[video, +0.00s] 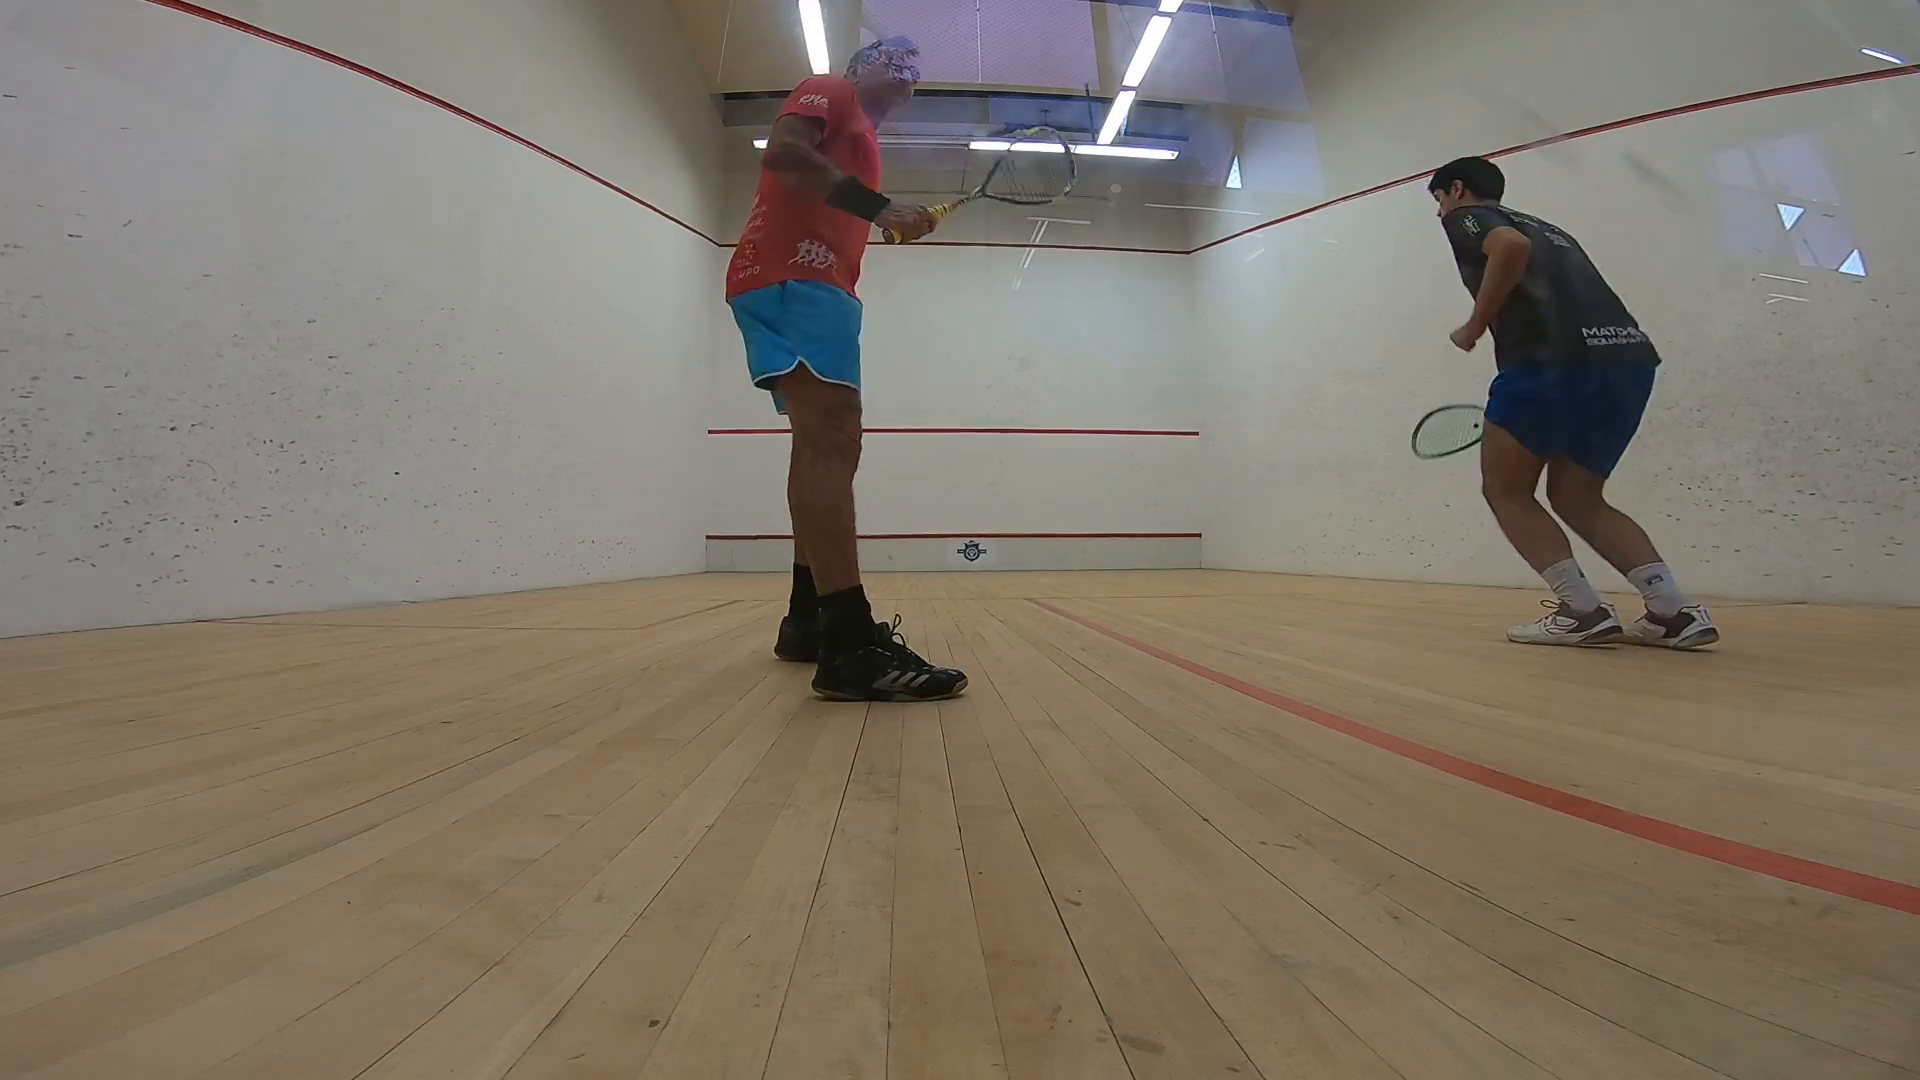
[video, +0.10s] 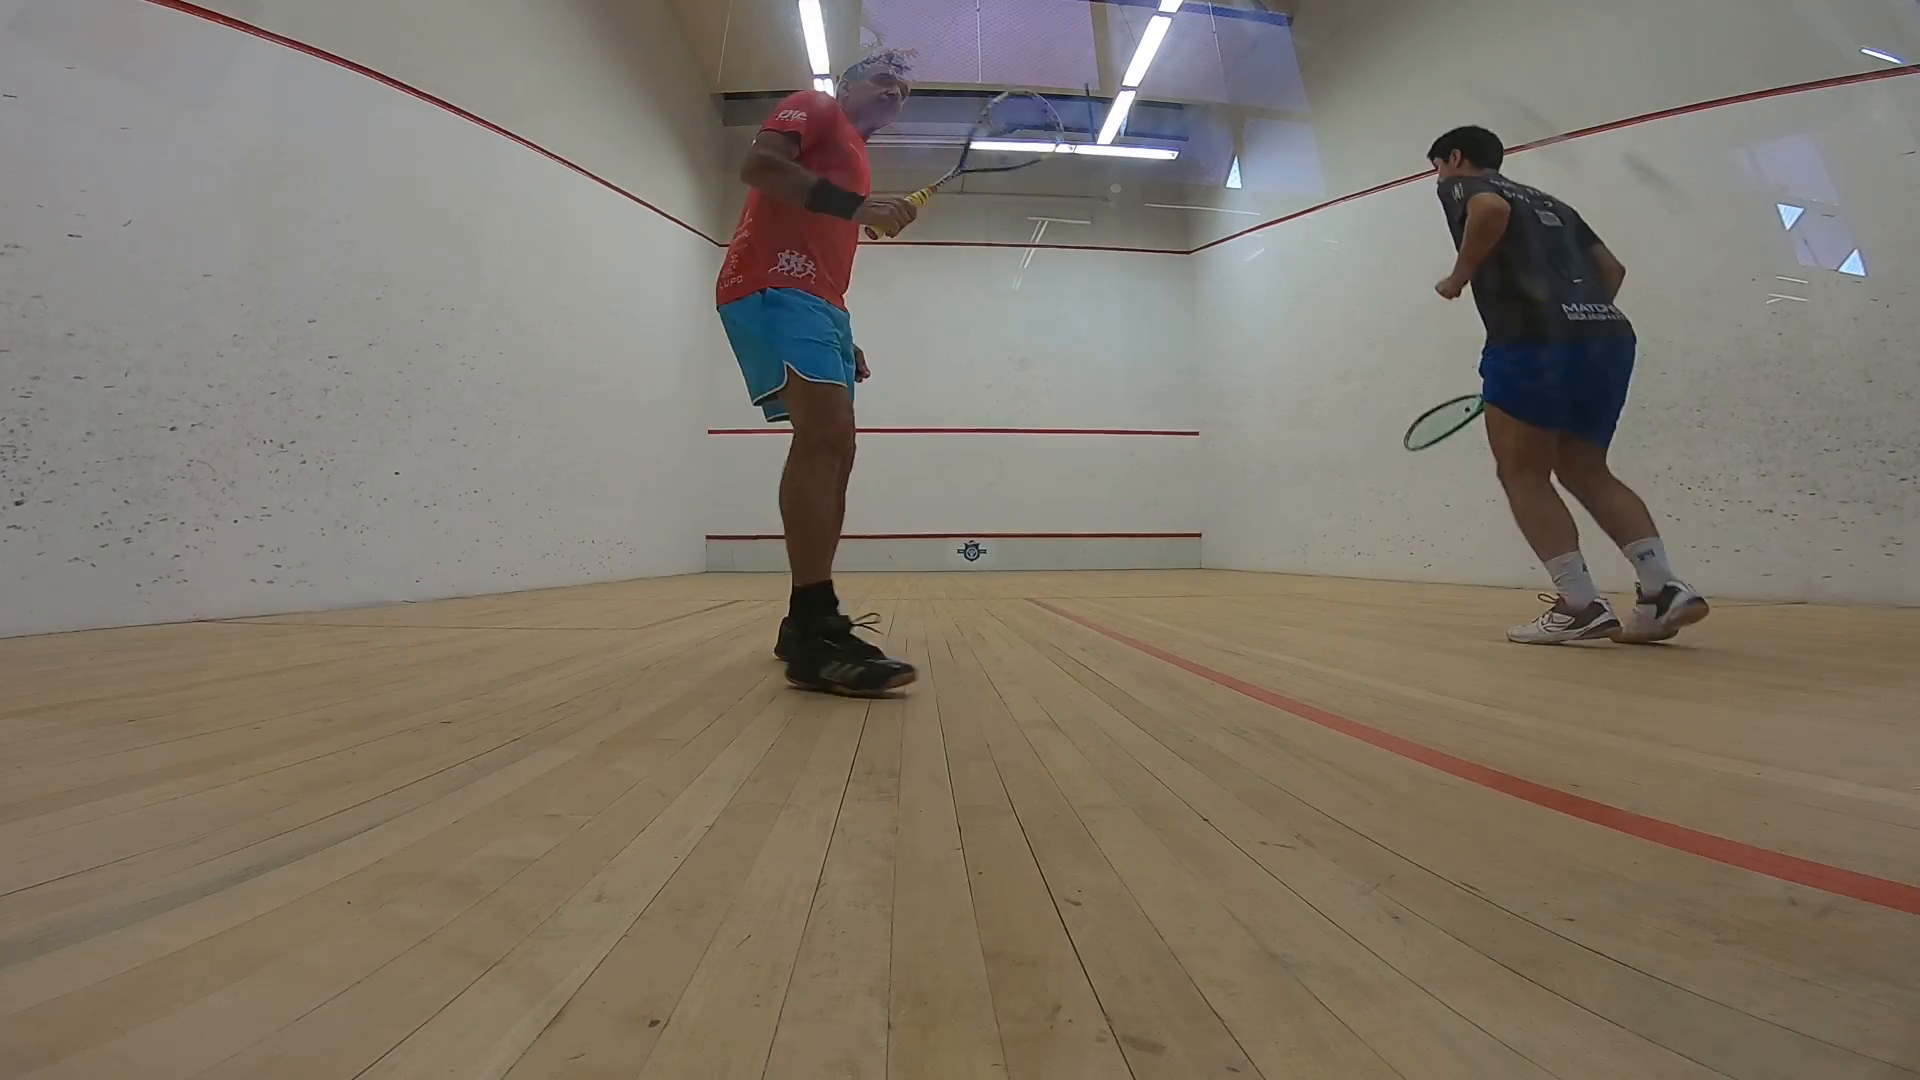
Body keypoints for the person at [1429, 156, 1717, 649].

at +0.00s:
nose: (1438, 209)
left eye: (1439, 198)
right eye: (1436, 201)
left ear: (1458, 190)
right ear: (1493, 191)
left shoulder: (1465, 216)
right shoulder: (1540, 227)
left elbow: (1509, 243)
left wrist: (1475, 324)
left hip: (1552, 359)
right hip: (1628, 355)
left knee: (1506, 489)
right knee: (1575, 495)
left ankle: (1582, 609)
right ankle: (1672, 610)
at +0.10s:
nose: (1436, 176)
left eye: (1437, 167)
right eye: (1435, 168)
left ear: (1457, 158)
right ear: (1492, 161)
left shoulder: (1461, 182)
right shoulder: (1547, 201)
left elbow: (1491, 210)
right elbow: (1610, 269)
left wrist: (1458, 275)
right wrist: (1577, 333)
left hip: (1534, 340)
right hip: (1607, 338)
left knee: (1522, 472)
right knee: (1583, 467)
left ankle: (1579, 605)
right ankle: (1663, 590)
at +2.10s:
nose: (1436, 144)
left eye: (1445, 134)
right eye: (1437, 136)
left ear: (1480, 136)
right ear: (1494, 141)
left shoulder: (1471, 169)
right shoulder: (1552, 190)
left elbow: (1496, 227)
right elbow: (1608, 263)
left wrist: (1472, 315)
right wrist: (1584, 331)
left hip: (1523, 336)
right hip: (1595, 339)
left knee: (1502, 466)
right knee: (1590, 467)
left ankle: (1530, 614)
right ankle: (1657, 611)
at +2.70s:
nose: (1425, 143)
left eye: (1431, 133)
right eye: (1427, 134)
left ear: (1460, 132)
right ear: (1484, 137)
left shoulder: (1455, 169)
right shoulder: (1552, 185)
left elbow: (1459, 231)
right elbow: (1597, 263)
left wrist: (1438, 300)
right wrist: (1571, 328)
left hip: (1497, 331)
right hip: (1576, 336)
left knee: (1488, 468)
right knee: (1562, 467)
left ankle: (1527, 610)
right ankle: (1611, 606)